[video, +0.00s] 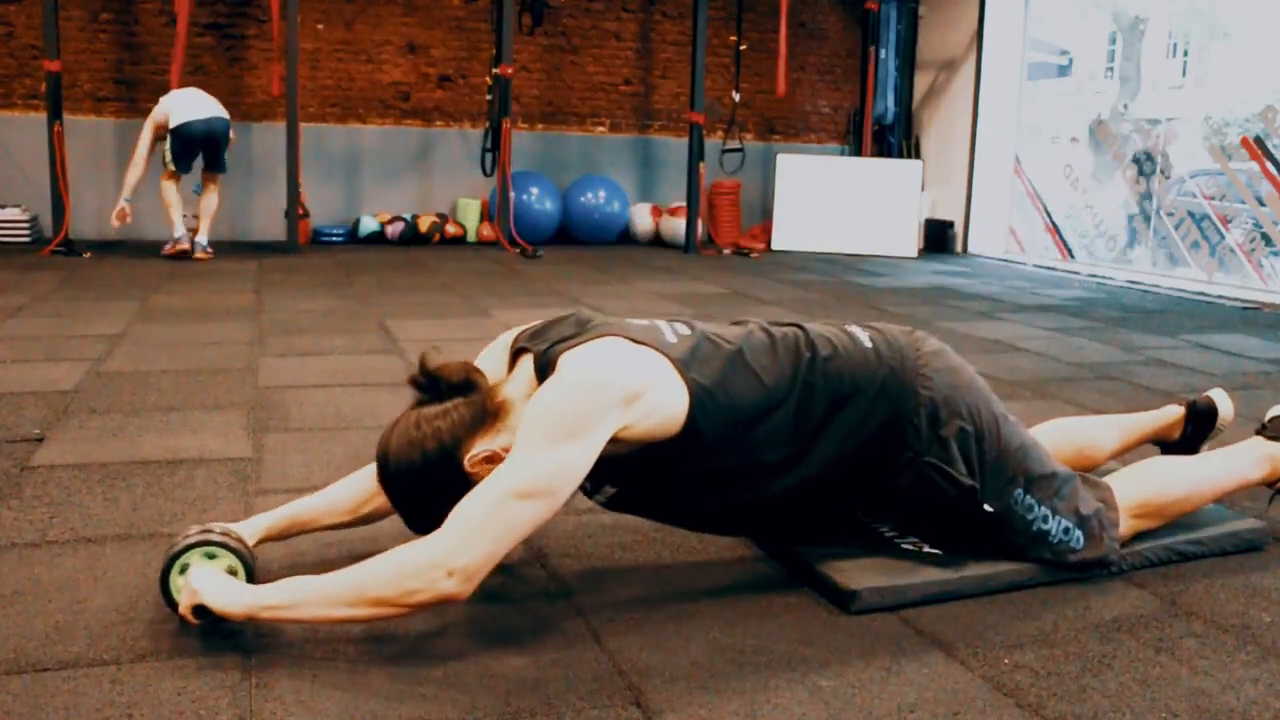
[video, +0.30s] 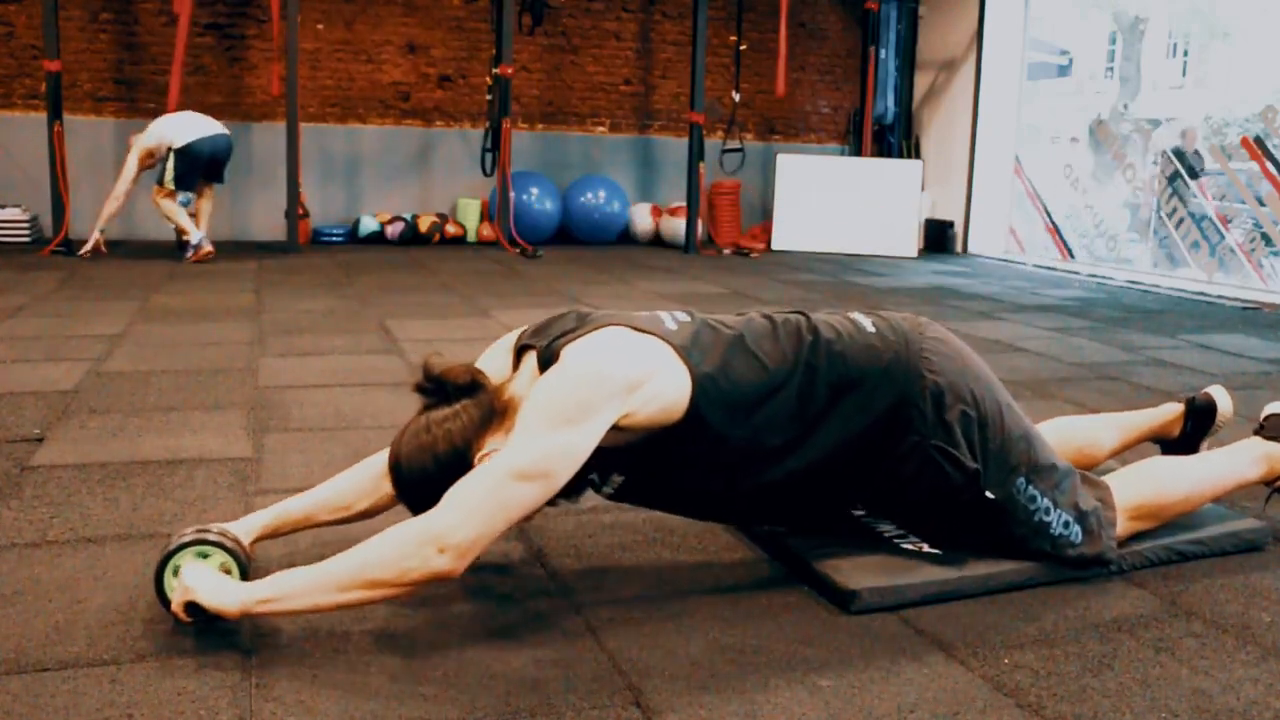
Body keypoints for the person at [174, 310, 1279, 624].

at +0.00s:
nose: (481, 500)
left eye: (473, 493)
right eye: (452, 489)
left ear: (497, 441)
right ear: (457, 421)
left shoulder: (587, 395)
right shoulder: (500, 366)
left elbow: (439, 578)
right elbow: (392, 479)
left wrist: (248, 600)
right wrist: (252, 535)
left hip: (907, 415)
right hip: (835, 396)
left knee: (1094, 516)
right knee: (1021, 451)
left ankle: (1258, 461)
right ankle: (1180, 411)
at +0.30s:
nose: (479, 492)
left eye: (473, 485)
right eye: (452, 480)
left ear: (503, 428)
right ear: (466, 409)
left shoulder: (590, 385)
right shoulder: (504, 365)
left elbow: (435, 553)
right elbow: (386, 475)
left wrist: (254, 596)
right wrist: (244, 533)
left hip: (913, 400)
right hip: (847, 394)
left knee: (1089, 518)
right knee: (1020, 463)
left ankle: (1258, 460)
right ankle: (1179, 409)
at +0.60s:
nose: (504, 470)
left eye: (492, 469)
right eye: (475, 463)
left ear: (514, 413)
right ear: (482, 387)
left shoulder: (601, 371)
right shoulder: (518, 342)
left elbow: (455, 541)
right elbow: (406, 459)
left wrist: (275, 596)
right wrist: (267, 524)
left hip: (934, 379)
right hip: (872, 365)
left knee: (1090, 524)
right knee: (1027, 486)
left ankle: (1260, 454)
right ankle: (1178, 411)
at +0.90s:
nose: (546, 443)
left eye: (530, 438)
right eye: (520, 439)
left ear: (553, 375)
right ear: (531, 366)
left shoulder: (638, 339)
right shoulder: (557, 317)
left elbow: (520, 518)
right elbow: (449, 434)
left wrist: (343, 586)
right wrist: (326, 514)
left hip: (965, 352)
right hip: (915, 319)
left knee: (1094, 524)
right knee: (1024, 488)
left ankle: (1258, 461)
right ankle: (1184, 413)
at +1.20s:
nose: (608, 415)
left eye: (590, 404)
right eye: (591, 410)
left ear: (610, 344)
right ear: (601, 340)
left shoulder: (705, 292)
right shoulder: (615, 275)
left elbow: (601, 483)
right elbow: (509, 406)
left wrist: (437, 571)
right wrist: (407, 500)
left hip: (998, 313)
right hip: (921, 346)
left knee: (1094, 526)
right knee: (1002, 486)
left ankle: (1260, 456)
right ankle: (1172, 418)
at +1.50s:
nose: (687, 366)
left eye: (673, 350)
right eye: (663, 362)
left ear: (686, 288)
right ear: (671, 289)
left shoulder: (795, 236)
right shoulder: (674, 230)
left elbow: (718, 437)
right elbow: (604, 372)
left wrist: (575, 551)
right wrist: (526, 491)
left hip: (1052, 296)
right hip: (963, 332)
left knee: (1099, 522)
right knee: (987, 480)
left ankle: (1268, 454)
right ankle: (1174, 411)